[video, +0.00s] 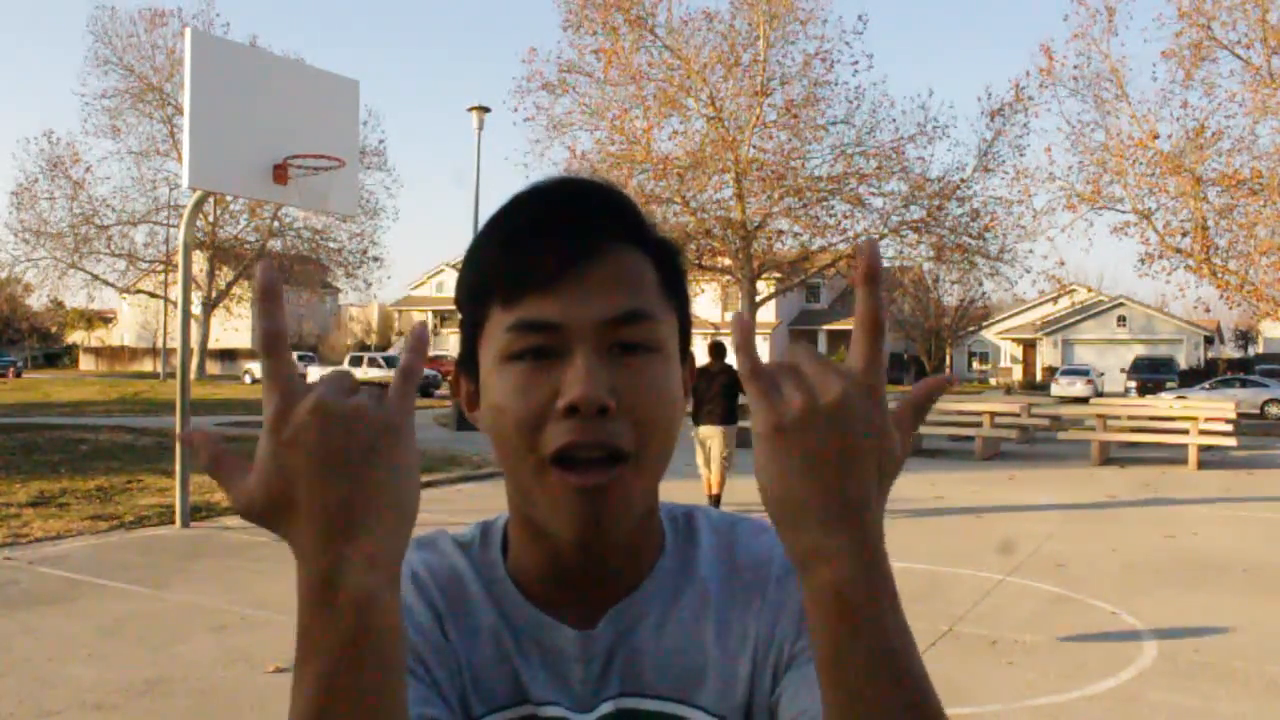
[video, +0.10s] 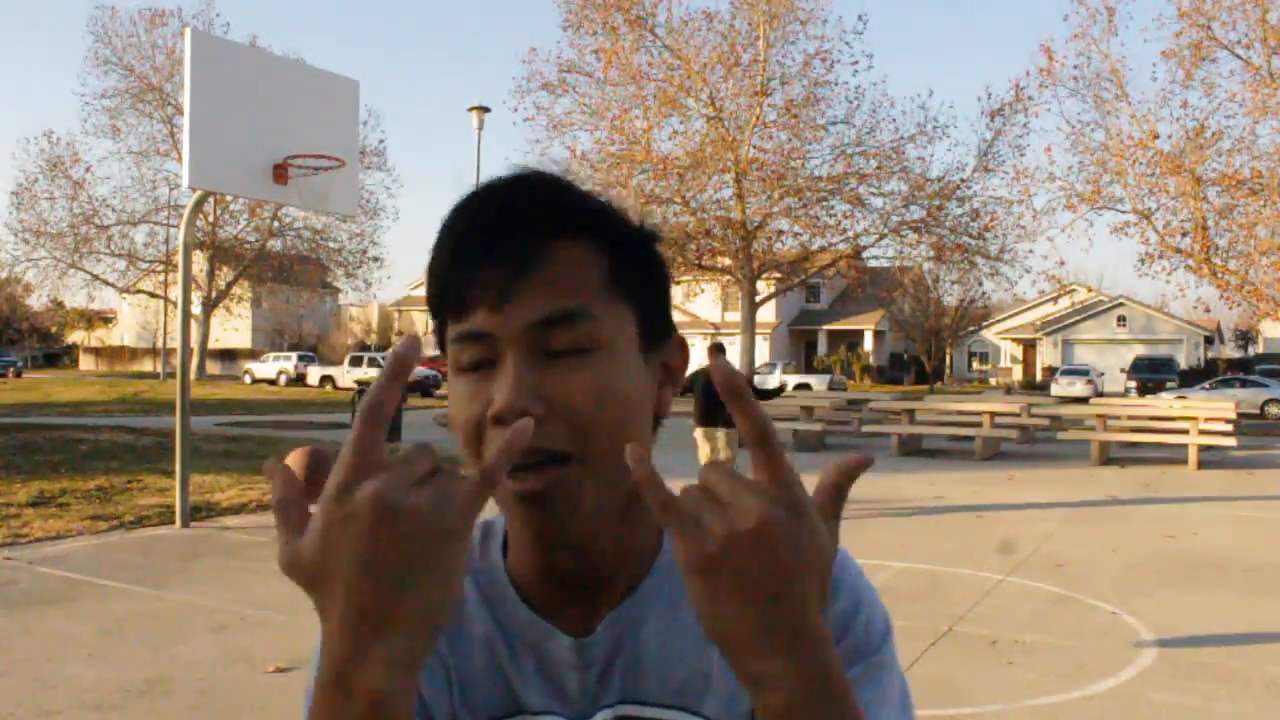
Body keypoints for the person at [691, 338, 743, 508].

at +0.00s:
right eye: (721, 352)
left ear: (709, 353)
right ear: (725, 353)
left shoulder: (700, 372)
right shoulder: (731, 373)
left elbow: (696, 396)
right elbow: (744, 390)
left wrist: (695, 418)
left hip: (702, 423)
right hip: (724, 424)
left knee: (704, 464)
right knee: (719, 464)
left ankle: (710, 499)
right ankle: (715, 500)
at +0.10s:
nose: (716, 360)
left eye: (715, 355)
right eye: (716, 355)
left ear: (709, 355)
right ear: (725, 354)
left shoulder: (699, 375)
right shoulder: (734, 376)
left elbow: (680, 389)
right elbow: (758, 394)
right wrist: (780, 389)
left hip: (703, 424)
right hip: (728, 426)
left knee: (706, 461)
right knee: (727, 462)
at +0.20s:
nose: (715, 354)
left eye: (712, 352)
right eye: (719, 352)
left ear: (709, 354)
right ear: (724, 354)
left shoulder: (699, 374)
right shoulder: (735, 375)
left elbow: (675, 389)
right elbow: (758, 393)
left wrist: (653, 396)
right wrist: (782, 398)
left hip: (702, 427)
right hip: (724, 428)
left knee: (709, 465)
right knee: (728, 462)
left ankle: (713, 504)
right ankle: (723, 490)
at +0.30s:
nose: (715, 352)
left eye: (712, 350)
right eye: (719, 350)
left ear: (709, 352)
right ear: (725, 352)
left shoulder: (700, 372)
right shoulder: (736, 373)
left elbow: (676, 389)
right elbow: (757, 392)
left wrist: (654, 399)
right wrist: (778, 406)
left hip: (704, 424)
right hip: (727, 425)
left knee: (710, 464)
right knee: (734, 456)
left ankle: (713, 501)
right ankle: (728, 489)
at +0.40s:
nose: (717, 355)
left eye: (714, 352)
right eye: (722, 352)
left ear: (711, 352)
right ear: (727, 352)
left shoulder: (702, 371)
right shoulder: (737, 372)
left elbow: (679, 387)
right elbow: (756, 393)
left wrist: (656, 397)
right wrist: (776, 409)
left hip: (707, 423)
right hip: (731, 424)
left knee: (711, 462)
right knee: (734, 459)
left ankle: (714, 502)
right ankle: (733, 497)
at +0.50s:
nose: (720, 356)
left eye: (717, 353)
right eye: (724, 353)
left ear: (714, 355)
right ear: (729, 355)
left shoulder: (704, 373)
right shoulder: (738, 374)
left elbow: (682, 387)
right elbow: (756, 394)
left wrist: (658, 394)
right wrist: (776, 409)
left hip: (708, 423)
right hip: (732, 424)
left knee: (712, 461)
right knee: (735, 461)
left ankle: (714, 500)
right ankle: (735, 491)